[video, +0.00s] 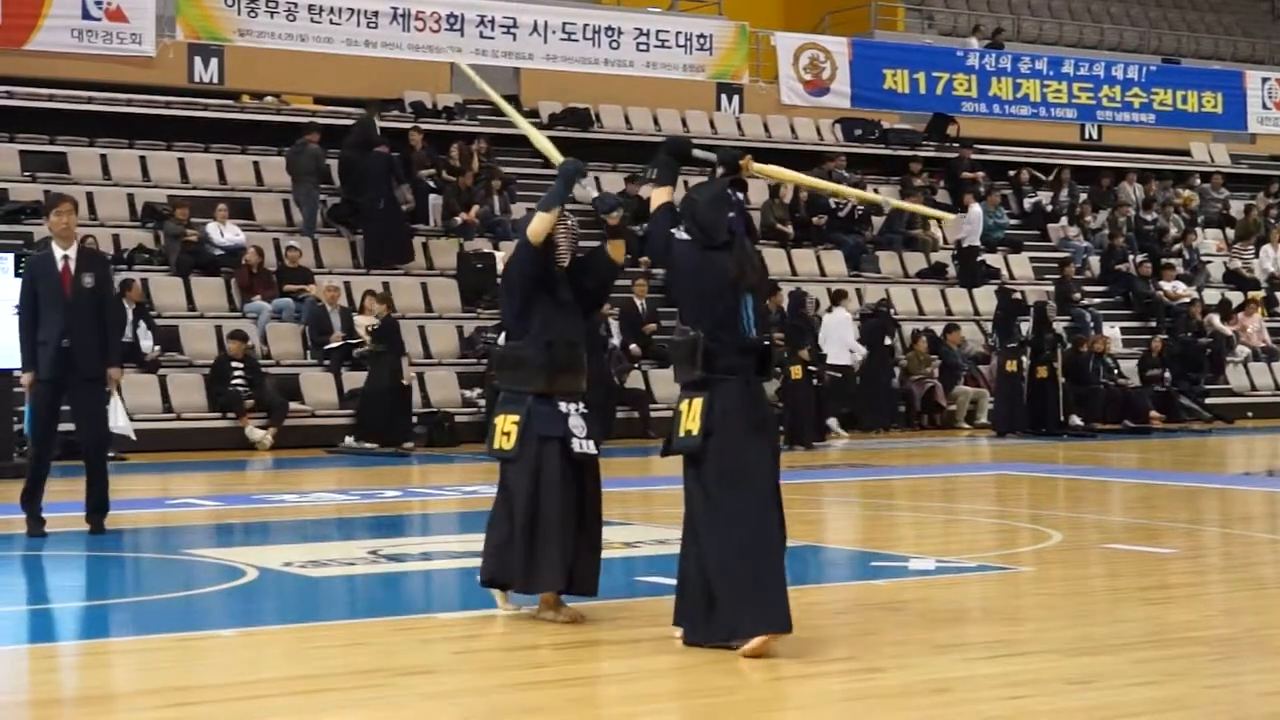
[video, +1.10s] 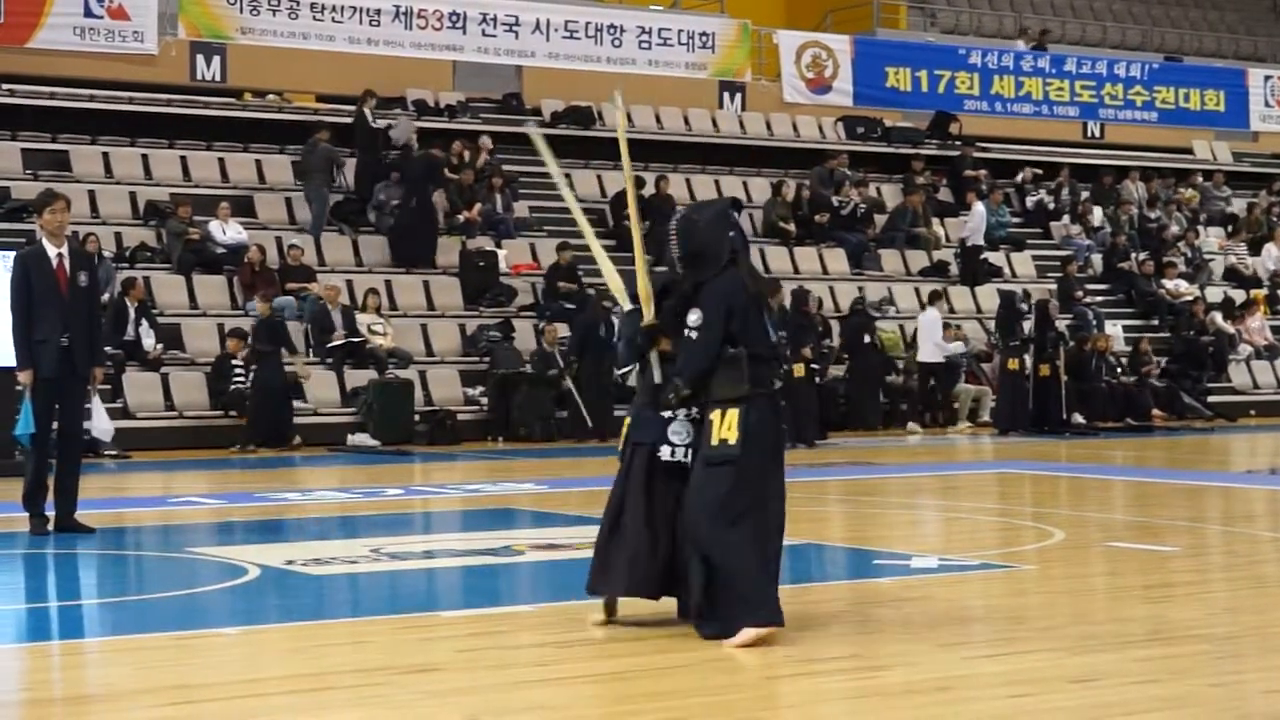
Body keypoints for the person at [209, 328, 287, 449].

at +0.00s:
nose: (230, 347)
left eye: (234, 343)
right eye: (230, 343)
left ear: (243, 345)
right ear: (228, 344)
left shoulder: (252, 361)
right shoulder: (221, 361)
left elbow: (259, 383)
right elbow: (213, 384)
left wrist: (254, 399)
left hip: (251, 397)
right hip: (227, 399)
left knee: (281, 403)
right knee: (234, 395)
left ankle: (269, 435)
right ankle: (248, 427)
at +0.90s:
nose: (227, 344)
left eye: (231, 341)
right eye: (227, 340)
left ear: (242, 343)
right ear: (225, 341)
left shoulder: (251, 359)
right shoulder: (221, 359)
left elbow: (259, 379)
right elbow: (214, 381)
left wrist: (256, 395)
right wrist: (228, 390)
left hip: (250, 391)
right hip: (229, 393)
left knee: (268, 393)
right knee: (236, 395)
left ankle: (270, 428)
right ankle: (249, 425)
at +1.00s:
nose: (229, 344)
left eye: (233, 341)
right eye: (228, 341)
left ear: (242, 344)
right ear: (226, 342)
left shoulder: (251, 360)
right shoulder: (221, 359)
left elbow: (255, 379)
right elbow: (215, 381)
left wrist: (254, 394)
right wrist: (229, 389)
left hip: (250, 392)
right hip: (228, 394)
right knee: (238, 394)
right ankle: (246, 425)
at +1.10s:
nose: (228, 344)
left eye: (232, 341)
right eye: (228, 340)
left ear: (242, 343)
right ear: (226, 341)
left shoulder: (250, 358)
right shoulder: (222, 359)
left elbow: (254, 378)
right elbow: (215, 382)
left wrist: (249, 389)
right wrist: (231, 389)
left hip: (247, 394)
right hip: (225, 396)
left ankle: (248, 440)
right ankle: (245, 440)